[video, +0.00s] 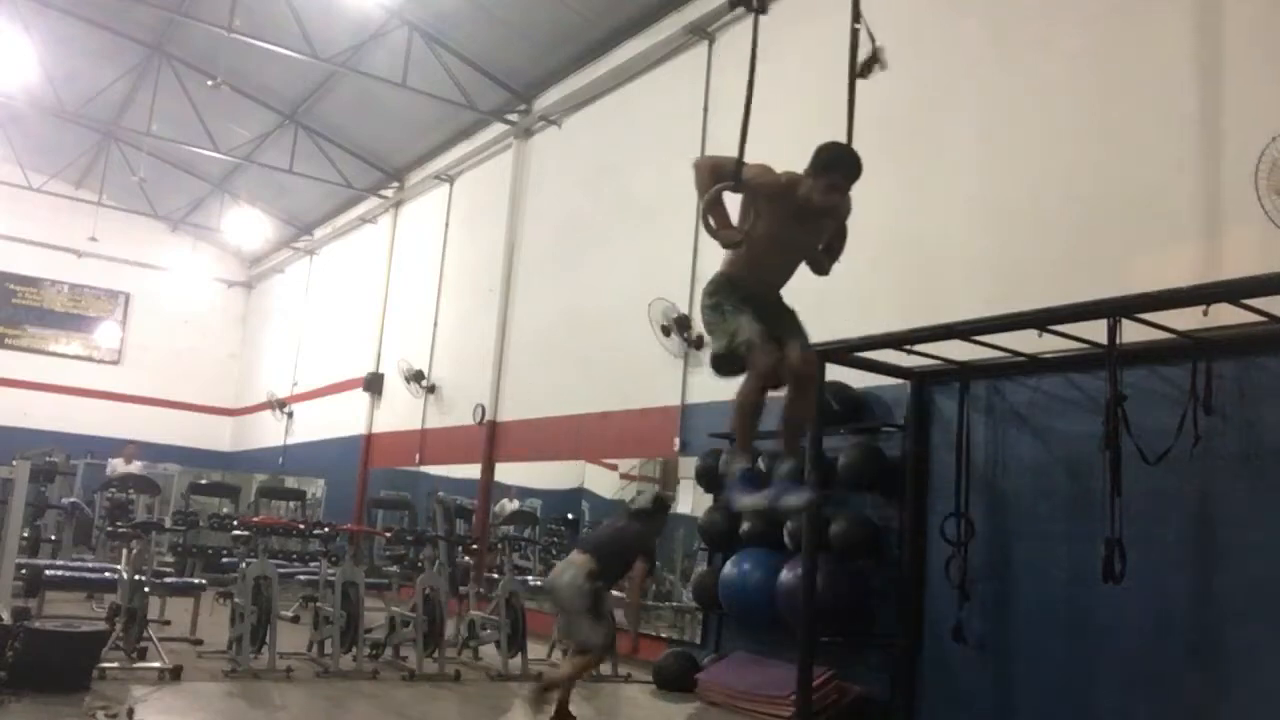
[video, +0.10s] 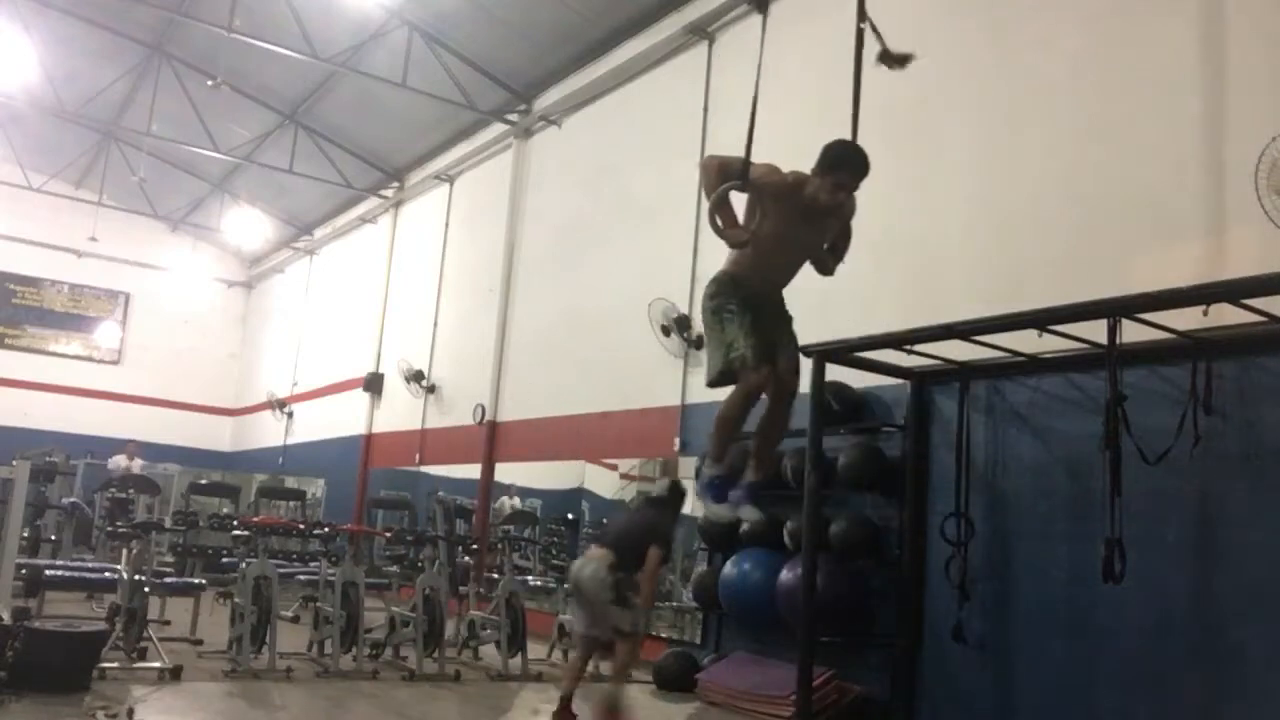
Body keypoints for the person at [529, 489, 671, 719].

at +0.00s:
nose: (662, 528)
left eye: (662, 523)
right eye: (662, 523)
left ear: (638, 511)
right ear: (658, 521)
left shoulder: (617, 523)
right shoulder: (646, 540)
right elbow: (634, 590)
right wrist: (634, 634)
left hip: (559, 573)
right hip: (580, 584)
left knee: (580, 646)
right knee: (602, 648)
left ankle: (562, 707)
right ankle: (549, 683)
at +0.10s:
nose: (680, 510)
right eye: (681, 505)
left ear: (661, 496)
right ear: (679, 504)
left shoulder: (639, 512)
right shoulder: (663, 523)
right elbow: (649, 571)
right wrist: (646, 614)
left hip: (582, 564)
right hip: (604, 571)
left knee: (585, 643)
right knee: (629, 637)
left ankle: (563, 704)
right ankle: (612, 704)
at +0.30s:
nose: (707, 507)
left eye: (707, 503)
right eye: (706, 503)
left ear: (682, 498)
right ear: (700, 503)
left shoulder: (666, 512)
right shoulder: (693, 523)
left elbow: (641, 547)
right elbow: (684, 569)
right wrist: (682, 615)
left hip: (630, 576)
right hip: (650, 582)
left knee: (629, 651)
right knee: (683, 649)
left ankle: (585, 691)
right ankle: (678, 712)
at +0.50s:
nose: (734, 483)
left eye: (734, 477)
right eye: (731, 478)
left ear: (705, 478)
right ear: (723, 479)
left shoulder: (693, 501)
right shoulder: (717, 507)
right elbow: (719, 547)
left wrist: (718, 563)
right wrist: (732, 567)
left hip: (667, 569)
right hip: (685, 573)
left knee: (679, 646)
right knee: (696, 648)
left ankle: (662, 705)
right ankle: (680, 710)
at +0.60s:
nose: (743, 483)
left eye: (743, 477)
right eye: (739, 477)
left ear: (716, 480)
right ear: (724, 479)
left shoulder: (707, 501)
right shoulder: (720, 503)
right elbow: (733, 546)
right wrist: (761, 567)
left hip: (685, 571)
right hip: (695, 574)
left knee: (701, 648)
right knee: (697, 649)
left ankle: (704, 705)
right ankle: (679, 711)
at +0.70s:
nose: (746, 483)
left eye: (746, 477)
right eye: (740, 479)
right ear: (723, 482)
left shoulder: (720, 505)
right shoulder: (725, 507)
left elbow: (734, 547)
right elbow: (736, 547)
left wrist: (765, 570)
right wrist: (768, 571)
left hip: (713, 577)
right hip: (709, 578)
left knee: (718, 650)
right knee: (707, 650)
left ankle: (713, 707)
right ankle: (683, 708)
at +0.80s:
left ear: (705, 482)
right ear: (722, 477)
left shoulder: (715, 507)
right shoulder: (727, 507)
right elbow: (738, 556)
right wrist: (758, 583)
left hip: (706, 574)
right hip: (719, 578)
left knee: (722, 647)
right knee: (734, 649)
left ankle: (713, 706)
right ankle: (696, 699)